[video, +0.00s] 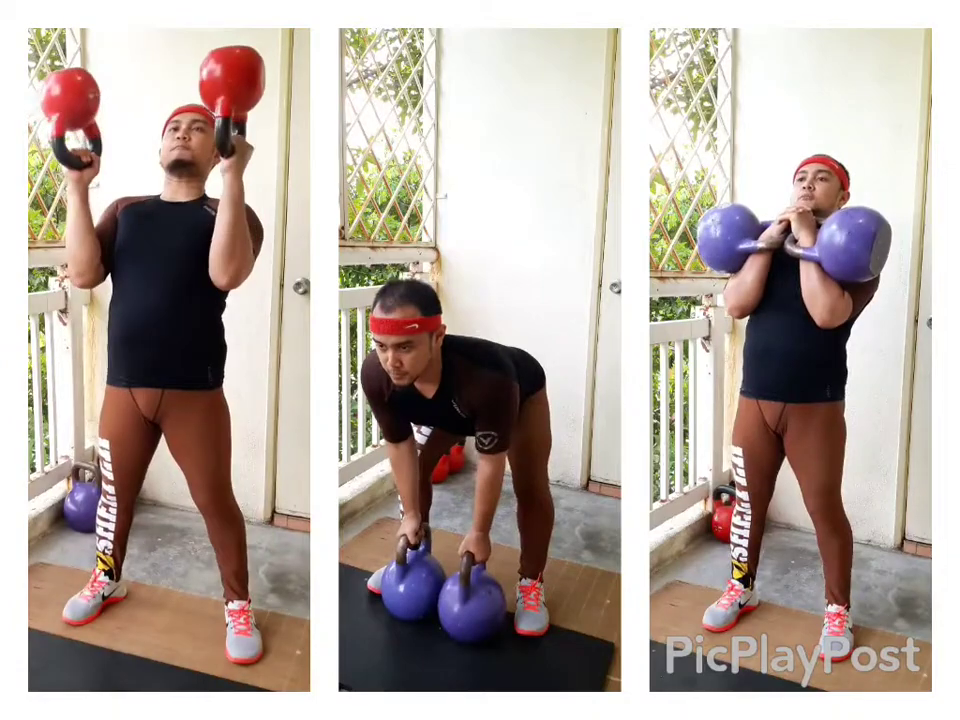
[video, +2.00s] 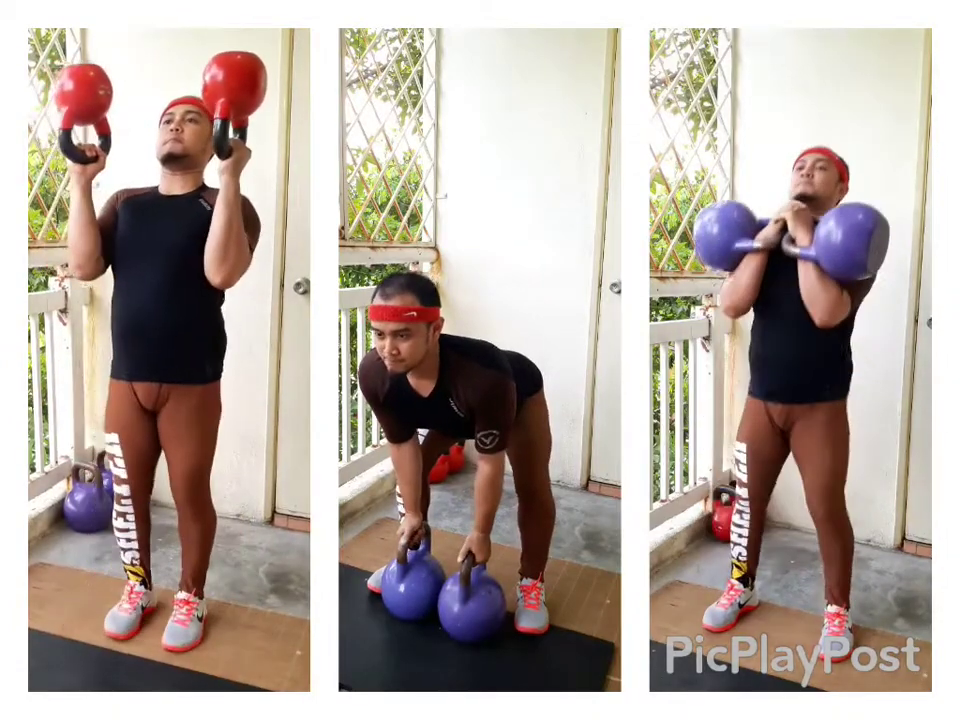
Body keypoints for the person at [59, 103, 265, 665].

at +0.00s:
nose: (181, 135)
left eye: (195, 129)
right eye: (173, 129)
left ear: (216, 152)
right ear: (158, 151)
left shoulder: (233, 216)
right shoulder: (125, 210)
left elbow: (226, 275)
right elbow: (83, 275)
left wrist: (232, 174)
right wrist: (78, 186)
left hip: (194, 392)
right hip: (123, 387)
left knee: (216, 503)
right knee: (115, 493)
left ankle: (238, 604)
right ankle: (106, 576)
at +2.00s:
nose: (174, 127)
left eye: (190, 121)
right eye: (167, 121)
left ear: (213, 140)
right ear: (156, 140)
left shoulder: (231, 207)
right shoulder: (125, 202)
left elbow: (222, 272)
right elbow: (84, 266)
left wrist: (228, 179)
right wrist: (82, 182)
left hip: (191, 379)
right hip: (126, 375)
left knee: (189, 493)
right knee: (131, 490)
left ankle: (190, 597)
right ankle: (136, 586)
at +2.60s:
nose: (188, 127)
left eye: (203, 119)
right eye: (180, 121)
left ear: (227, 138)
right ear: (169, 142)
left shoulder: (247, 205)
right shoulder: (140, 203)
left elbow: (235, 271)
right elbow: (100, 268)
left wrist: (235, 180)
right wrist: (98, 186)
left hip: (211, 381)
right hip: (146, 378)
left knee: (199, 497)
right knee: (140, 490)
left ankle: (191, 595)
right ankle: (166, 546)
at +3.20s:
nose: (190, 204)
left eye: (204, 196)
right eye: (181, 197)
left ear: (225, 213)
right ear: (171, 215)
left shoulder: (248, 278)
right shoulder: (147, 275)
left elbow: (235, 344)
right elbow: (114, 342)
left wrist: (237, 254)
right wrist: (104, 261)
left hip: (226, 414)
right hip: (168, 412)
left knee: (185, 504)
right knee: (175, 473)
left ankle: (187, 600)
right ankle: (212, 504)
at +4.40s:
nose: (198, 122)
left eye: (211, 116)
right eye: (191, 117)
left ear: (236, 136)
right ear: (180, 137)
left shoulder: (258, 208)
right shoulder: (149, 202)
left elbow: (240, 276)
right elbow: (110, 268)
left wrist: (243, 180)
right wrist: (104, 184)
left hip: (216, 380)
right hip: (154, 373)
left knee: (201, 494)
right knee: (144, 479)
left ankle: (191, 597)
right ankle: (172, 538)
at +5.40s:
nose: (159, 134)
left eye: (172, 126)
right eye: (150, 127)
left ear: (195, 144)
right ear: (139, 146)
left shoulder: (216, 214)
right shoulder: (110, 207)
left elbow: (198, 282)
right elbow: (73, 274)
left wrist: (201, 189)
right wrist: (70, 194)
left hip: (185, 381)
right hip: (122, 379)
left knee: (186, 493)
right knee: (126, 493)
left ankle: (212, 517)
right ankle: (142, 584)